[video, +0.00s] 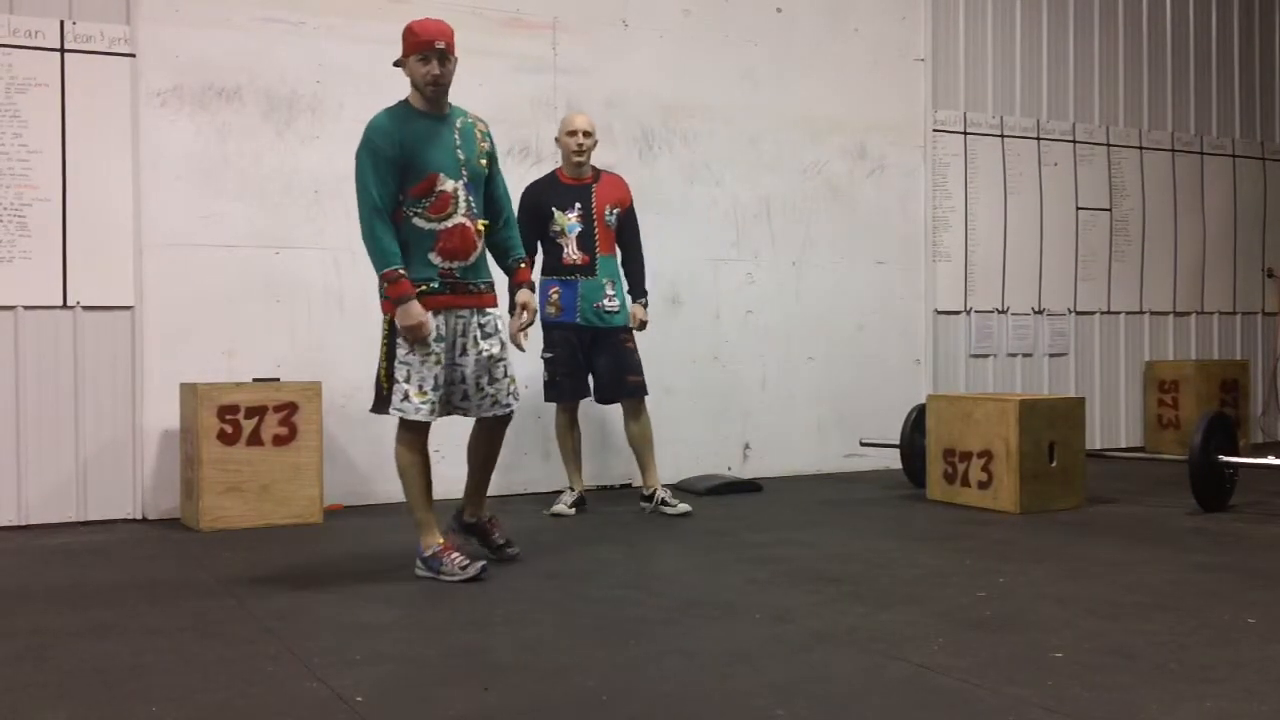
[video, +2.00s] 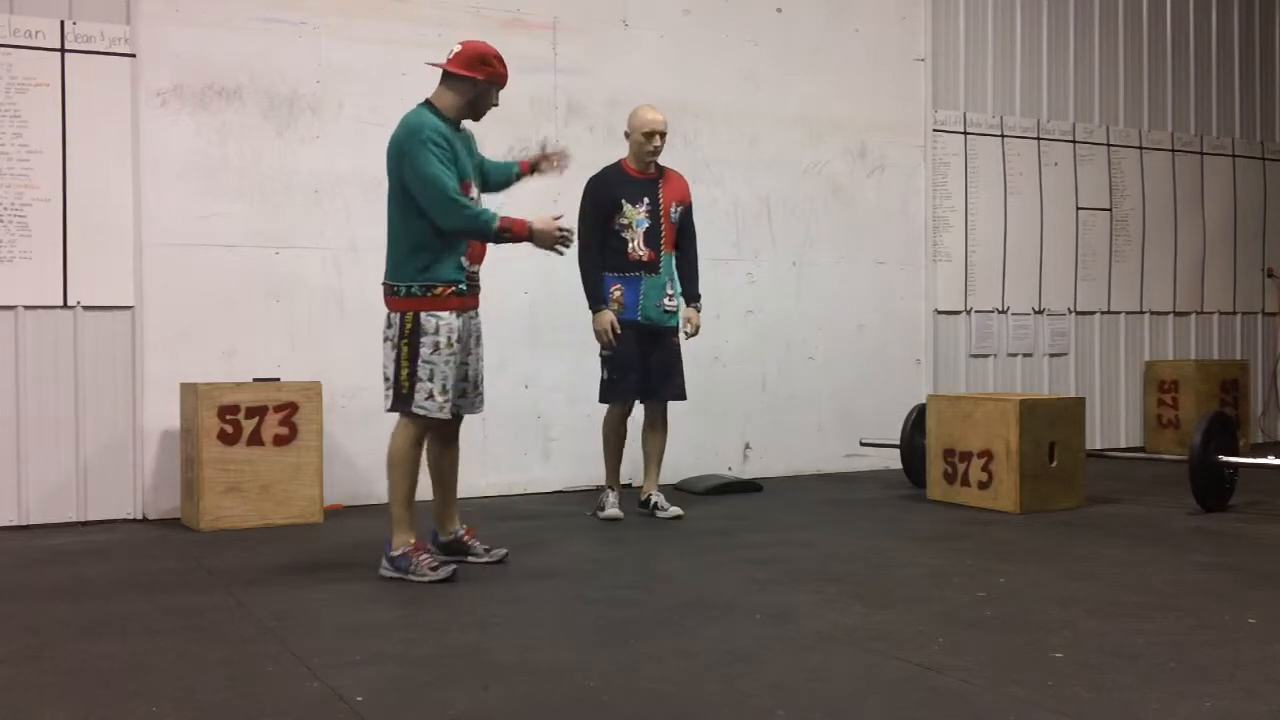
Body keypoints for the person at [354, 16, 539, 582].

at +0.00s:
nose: (437, 66)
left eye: (444, 56)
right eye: (425, 57)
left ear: (455, 62)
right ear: (405, 65)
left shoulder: (475, 130)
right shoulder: (384, 132)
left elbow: (499, 214)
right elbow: (374, 219)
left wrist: (522, 281)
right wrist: (401, 296)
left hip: (477, 300)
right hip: (418, 301)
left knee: (497, 405)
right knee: (414, 419)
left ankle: (473, 512)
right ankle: (430, 544)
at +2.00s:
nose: (495, 105)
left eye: (497, 95)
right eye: (494, 94)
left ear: (463, 83)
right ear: (472, 86)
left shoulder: (454, 132)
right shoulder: (418, 134)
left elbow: (483, 175)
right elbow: (451, 212)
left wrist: (530, 165)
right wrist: (525, 230)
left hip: (457, 296)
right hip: (422, 298)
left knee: (447, 419)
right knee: (415, 419)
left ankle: (448, 532)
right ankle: (402, 546)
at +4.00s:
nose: (502, 110)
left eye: (511, 106)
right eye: (496, 98)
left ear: (516, 116)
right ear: (473, 93)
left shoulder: (493, 177)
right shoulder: (427, 127)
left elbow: (522, 249)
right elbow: (379, 185)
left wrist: (571, 307)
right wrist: (393, 259)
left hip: (447, 301)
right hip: (405, 290)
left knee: (430, 415)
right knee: (402, 411)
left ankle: (430, 530)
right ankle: (403, 538)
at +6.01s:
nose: (490, 118)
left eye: (493, 109)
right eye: (487, 108)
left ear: (469, 102)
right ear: (458, 96)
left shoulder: (473, 150)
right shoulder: (391, 138)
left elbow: (474, 229)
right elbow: (370, 221)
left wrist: (483, 300)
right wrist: (388, 298)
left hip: (449, 307)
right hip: (397, 306)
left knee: (465, 405)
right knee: (387, 418)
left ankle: (439, 524)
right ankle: (389, 544)